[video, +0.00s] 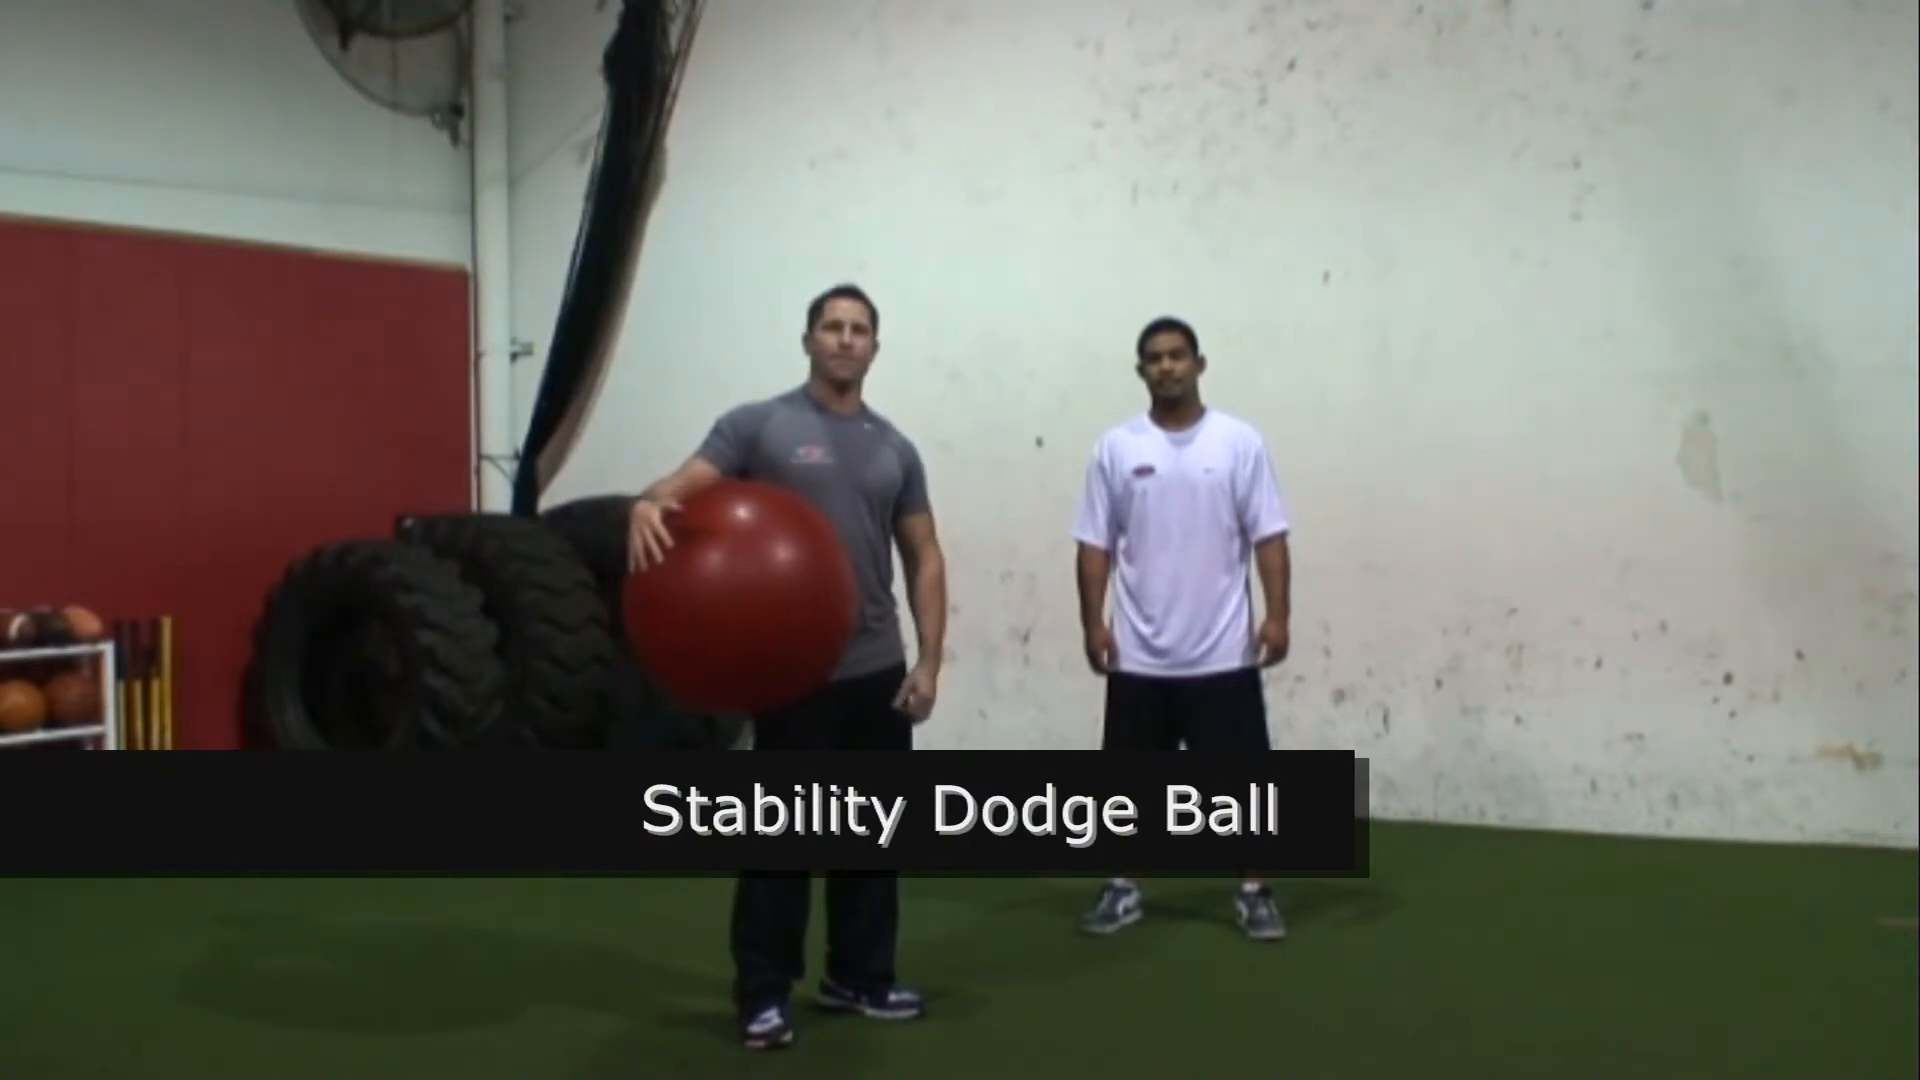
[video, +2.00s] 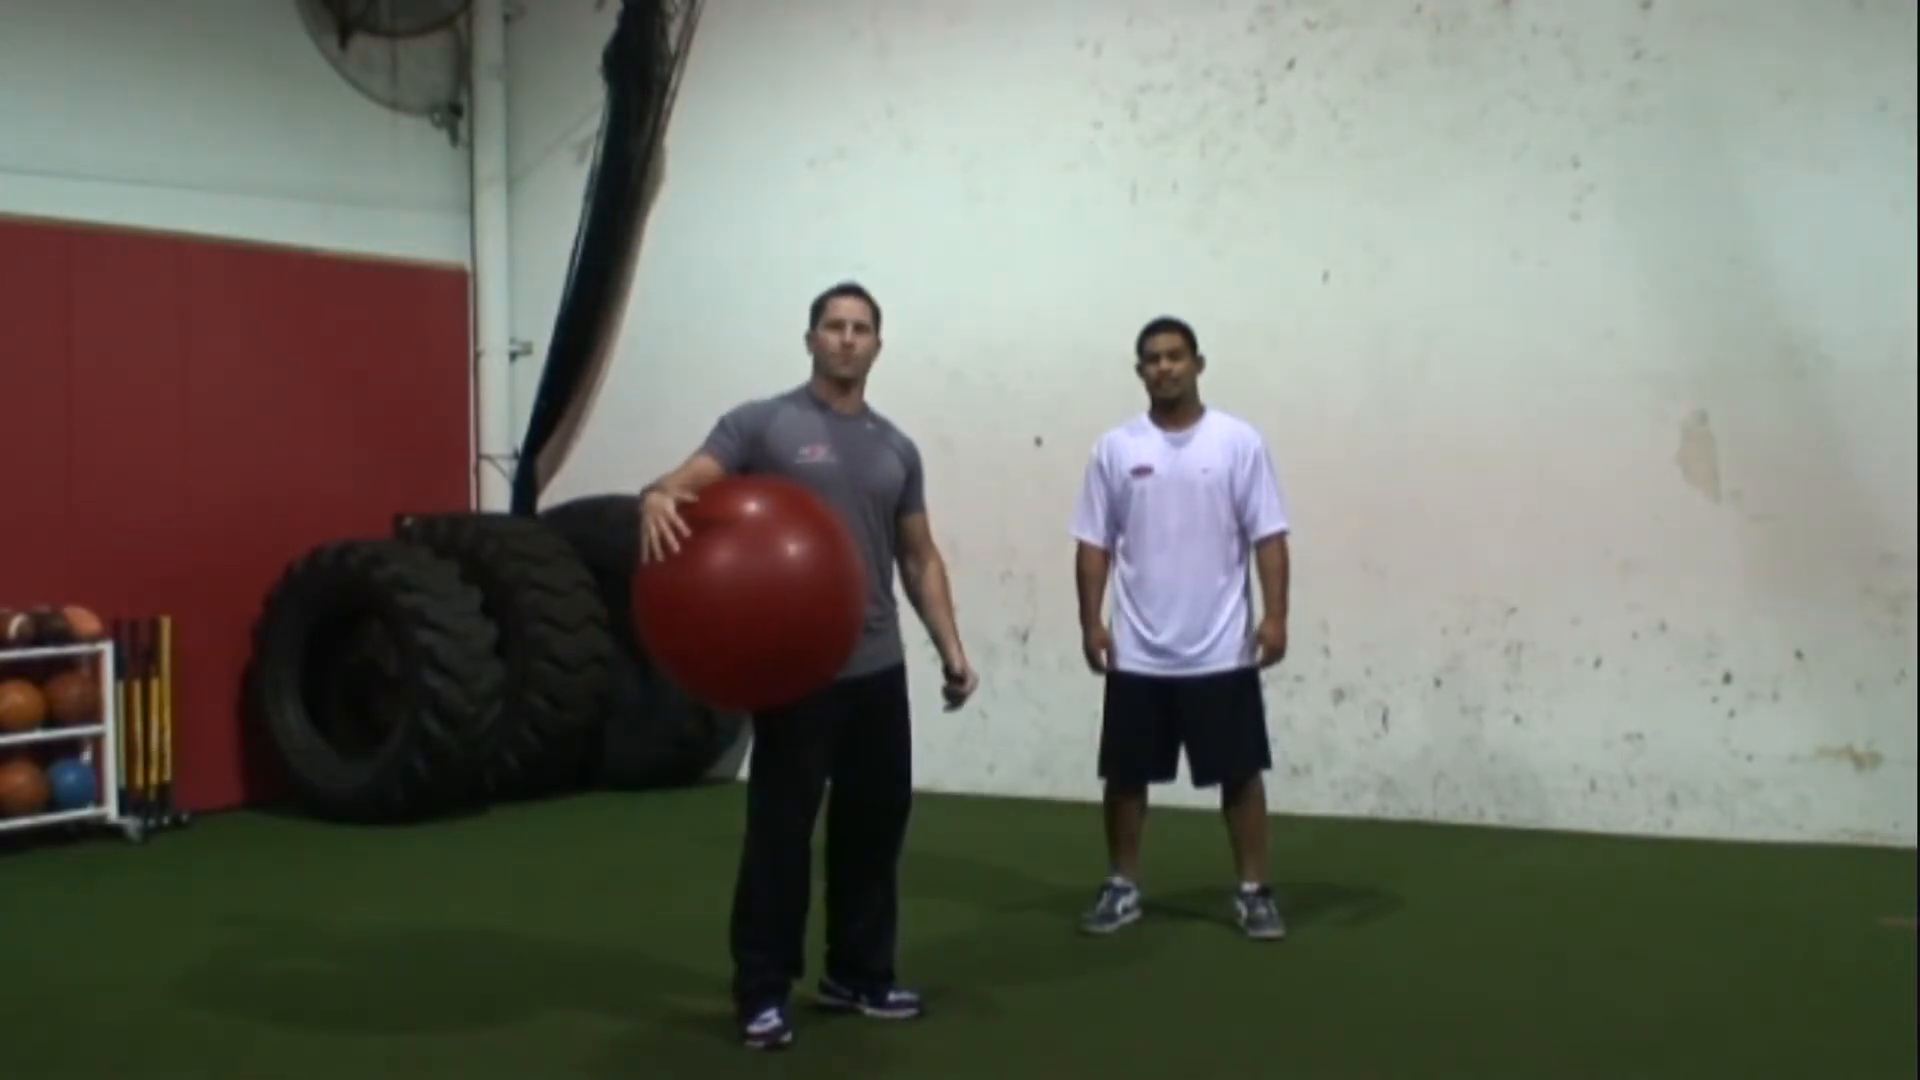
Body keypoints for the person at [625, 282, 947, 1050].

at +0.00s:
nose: (847, 339)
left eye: (859, 329)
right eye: (833, 327)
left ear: (875, 347)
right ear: (808, 341)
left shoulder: (894, 450)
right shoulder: (757, 425)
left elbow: (924, 556)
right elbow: (686, 484)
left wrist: (931, 659)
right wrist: (646, 504)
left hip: (875, 669)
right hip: (788, 671)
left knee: (873, 832)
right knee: (781, 834)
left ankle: (859, 976)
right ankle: (765, 994)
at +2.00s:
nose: (848, 339)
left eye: (861, 329)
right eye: (836, 327)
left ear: (878, 344)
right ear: (811, 338)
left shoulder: (897, 449)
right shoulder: (761, 423)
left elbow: (919, 556)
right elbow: (690, 478)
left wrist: (951, 647)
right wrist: (656, 495)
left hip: (877, 670)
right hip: (790, 672)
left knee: (874, 827)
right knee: (781, 833)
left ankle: (860, 974)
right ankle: (764, 993)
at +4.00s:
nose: (845, 339)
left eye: (857, 329)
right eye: (831, 327)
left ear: (873, 345)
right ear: (805, 340)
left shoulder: (892, 447)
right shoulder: (758, 424)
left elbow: (918, 548)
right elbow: (686, 489)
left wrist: (895, 608)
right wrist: (662, 514)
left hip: (875, 668)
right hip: (792, 667)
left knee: (874, 825)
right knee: (783, 830)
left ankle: (859, 975)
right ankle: (764, 994)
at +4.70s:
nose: (847, 343)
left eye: (860, 332)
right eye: (834, 331)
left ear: (877, 347)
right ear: (810, 343)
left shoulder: (899, 446)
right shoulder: (760, 426)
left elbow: (936, 545)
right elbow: (689, 484)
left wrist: (909, 561)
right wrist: (647, 507)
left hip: (878, 669)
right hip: (791, 671)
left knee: (877, 824)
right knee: (780, 832)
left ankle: (859, 976)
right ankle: (765, 993)